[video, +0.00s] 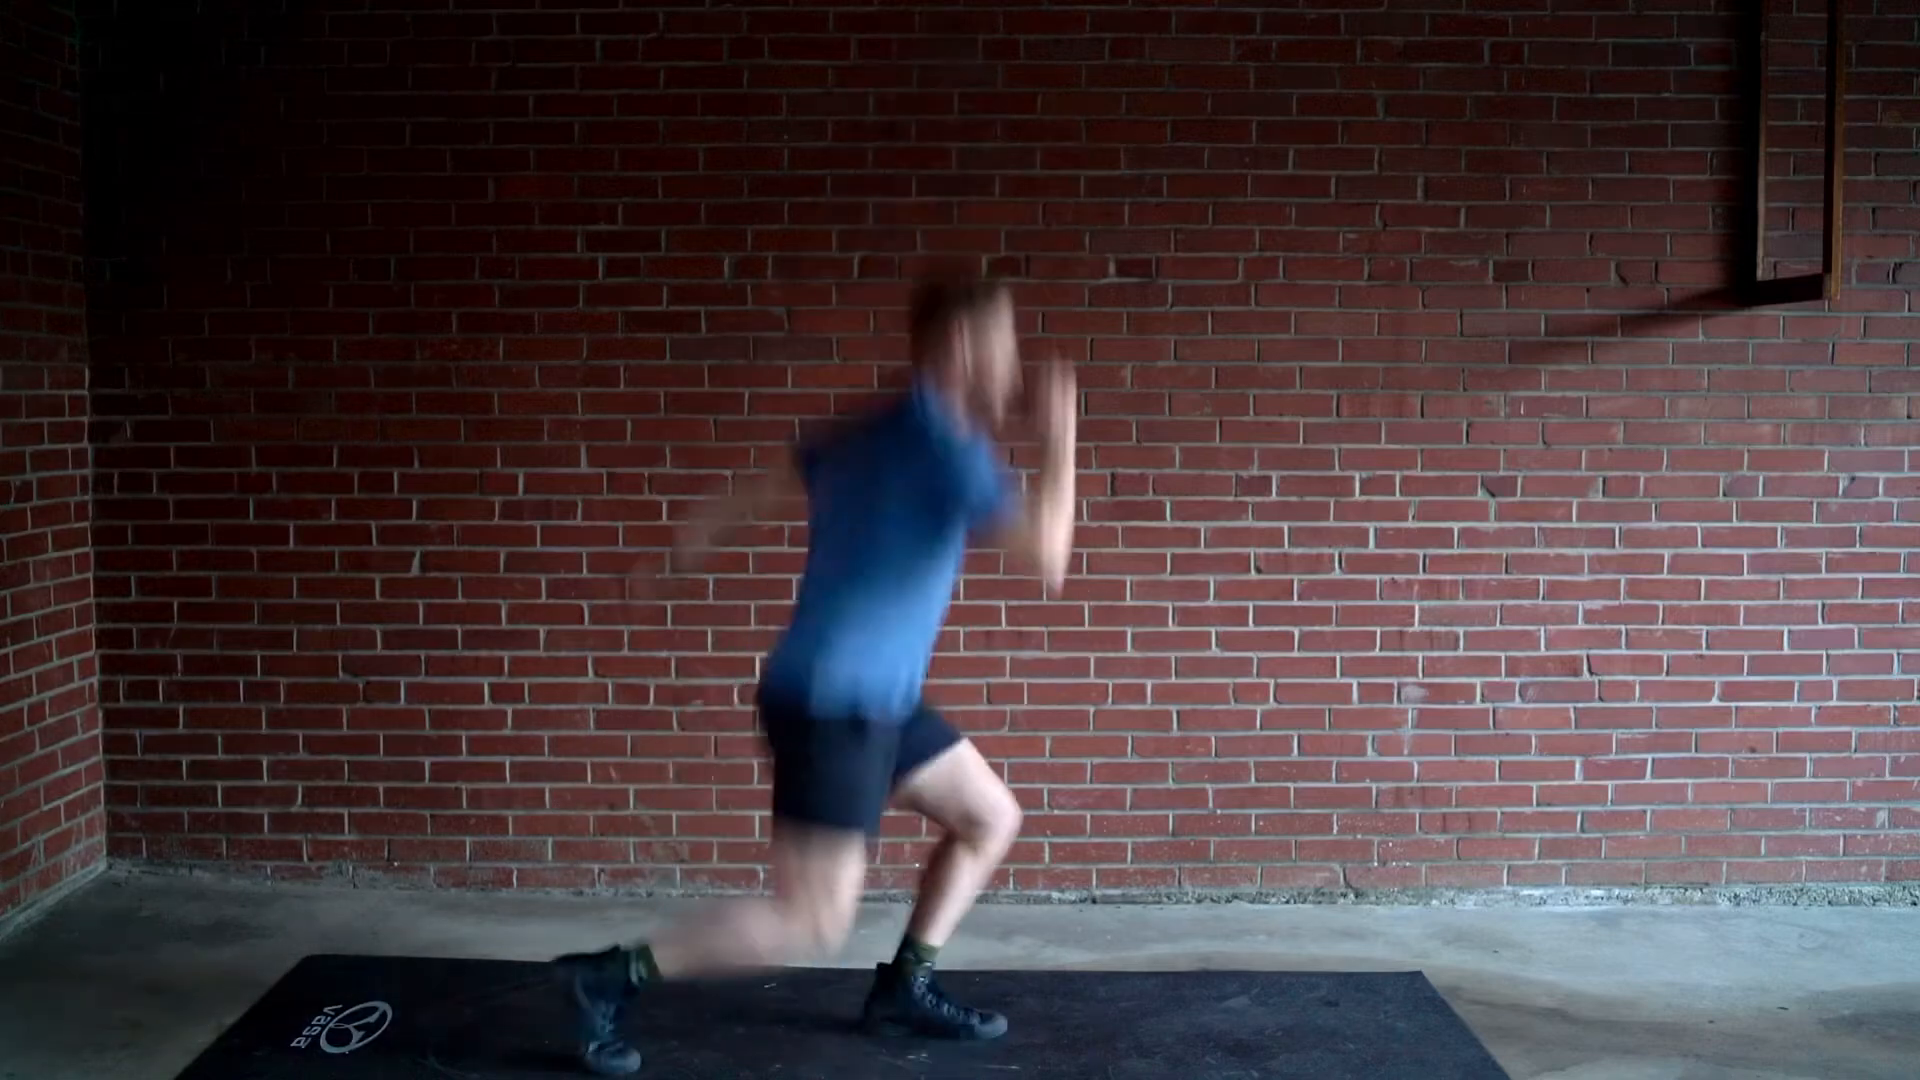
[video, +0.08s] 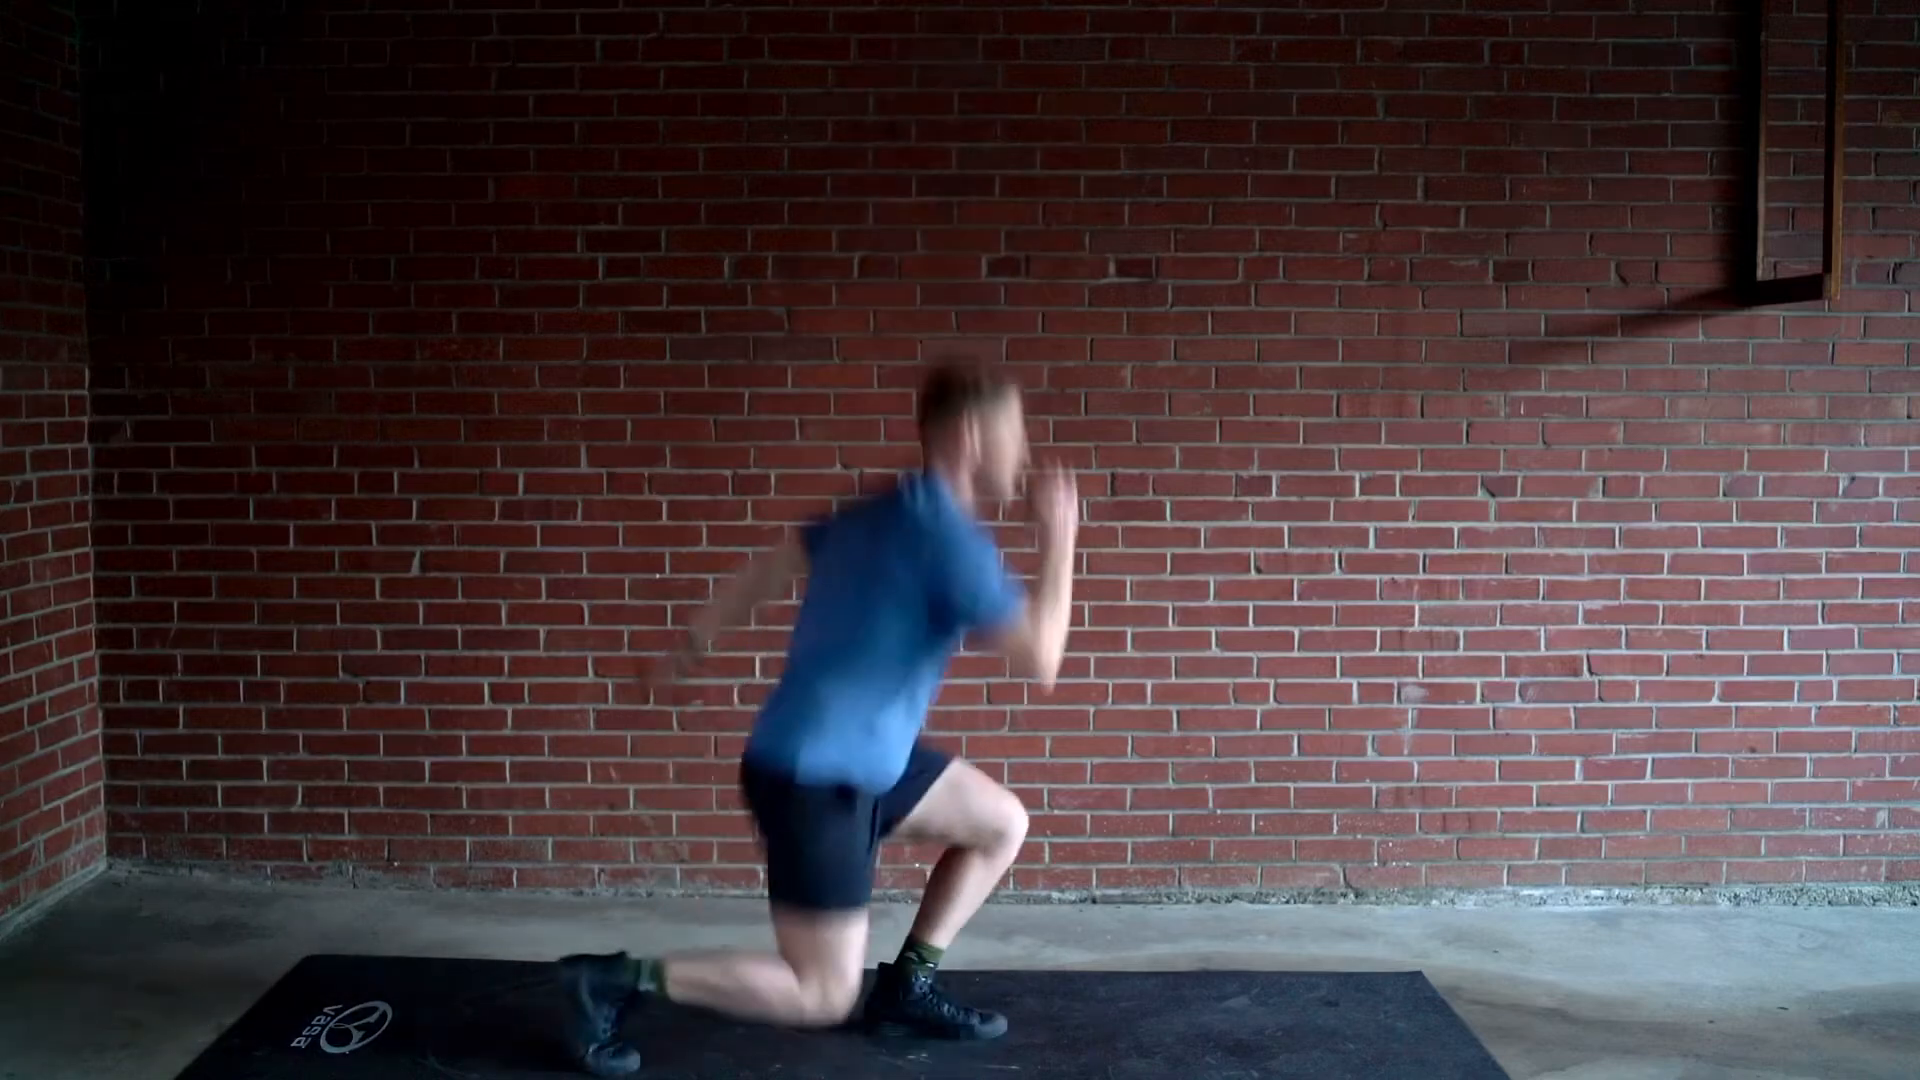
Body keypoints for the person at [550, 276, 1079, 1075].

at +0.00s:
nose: (1012, 357)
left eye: (1010, 337)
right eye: (998, 338)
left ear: (941, 347)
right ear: (954, 343)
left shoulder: (875, 430)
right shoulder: (946, 444)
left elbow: (763, 487)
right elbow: (1046, 554)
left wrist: (697, 532)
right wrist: (1060, 431)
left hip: (879, 697)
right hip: (831, 701)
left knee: (990, 818)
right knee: (812, 921)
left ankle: (906, 986)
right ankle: (609, 977)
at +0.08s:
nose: (1024, 447)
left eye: (1020, 428)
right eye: (1011, 428)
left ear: (950, 436)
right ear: (967, 437)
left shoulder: (872, 515)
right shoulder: (945, 536)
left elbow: (779, 560)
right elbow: (1043, 658)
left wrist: (704, 622)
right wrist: (1060, 535)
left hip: (867, 757)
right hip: (813, 772)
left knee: (1000, 823)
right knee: (824, 993)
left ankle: (908, 987)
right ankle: (618, 981)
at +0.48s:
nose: (1015, 451)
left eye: (1011, 434)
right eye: (1002, 434)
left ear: (951, 448)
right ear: (955, 446)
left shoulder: (927, 528)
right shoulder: (915, 527)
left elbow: (993, 652)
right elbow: (999, 666)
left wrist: (1022, 560)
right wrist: (1035, 559)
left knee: (988, 821)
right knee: (811, 988)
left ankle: (906, 989)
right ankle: (606, 980)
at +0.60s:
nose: (987, 330)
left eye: (985, 310)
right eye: (971, 311)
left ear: (940, 319)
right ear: (923, 316)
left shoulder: (928, 410)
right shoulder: (893, 395)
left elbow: (909, 520)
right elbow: (880, 507)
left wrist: (971, 518)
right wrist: (1006, 503)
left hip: (873, 673)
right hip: (807, 669)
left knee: (973, 805)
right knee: (772, 877)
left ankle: (909, 983)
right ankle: (584, 978)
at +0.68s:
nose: (966, 218)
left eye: (965, 199)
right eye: (951, 198)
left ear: (942, 208)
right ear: (906, 202)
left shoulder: (926, 301)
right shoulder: (879, 282)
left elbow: (917, 431)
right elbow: (841, 400)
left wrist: (974, 398)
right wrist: (924, 516)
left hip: (886, 576)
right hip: (830, 568)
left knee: (905, 753)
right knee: (753, 748)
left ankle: (916, 954)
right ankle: (629, 934)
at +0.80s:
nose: (962, 109)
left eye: (961, 92)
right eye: (950, 91)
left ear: (912, 95)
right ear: (899, 93)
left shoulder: (910, 192)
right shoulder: (873, 176)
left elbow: (924, 321)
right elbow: (805, 306)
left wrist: (987, 262)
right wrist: (756, 438)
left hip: (891, 454)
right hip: (848, 452)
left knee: (876, 656)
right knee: (793, 663)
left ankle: (803, 854)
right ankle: (724, 858)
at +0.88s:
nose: (961, 80)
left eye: (960, 62)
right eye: (949, 60)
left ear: (907, 66)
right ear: (897, 63)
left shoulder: (906, 169)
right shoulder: (861, 143)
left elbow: (951, 297)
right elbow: (767, 264)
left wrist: (1011, 206)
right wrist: (691, 386)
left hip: (873, 422)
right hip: (849, 421)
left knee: (831, 634)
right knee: (834, 639)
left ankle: (741, 800)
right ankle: (782, 847)